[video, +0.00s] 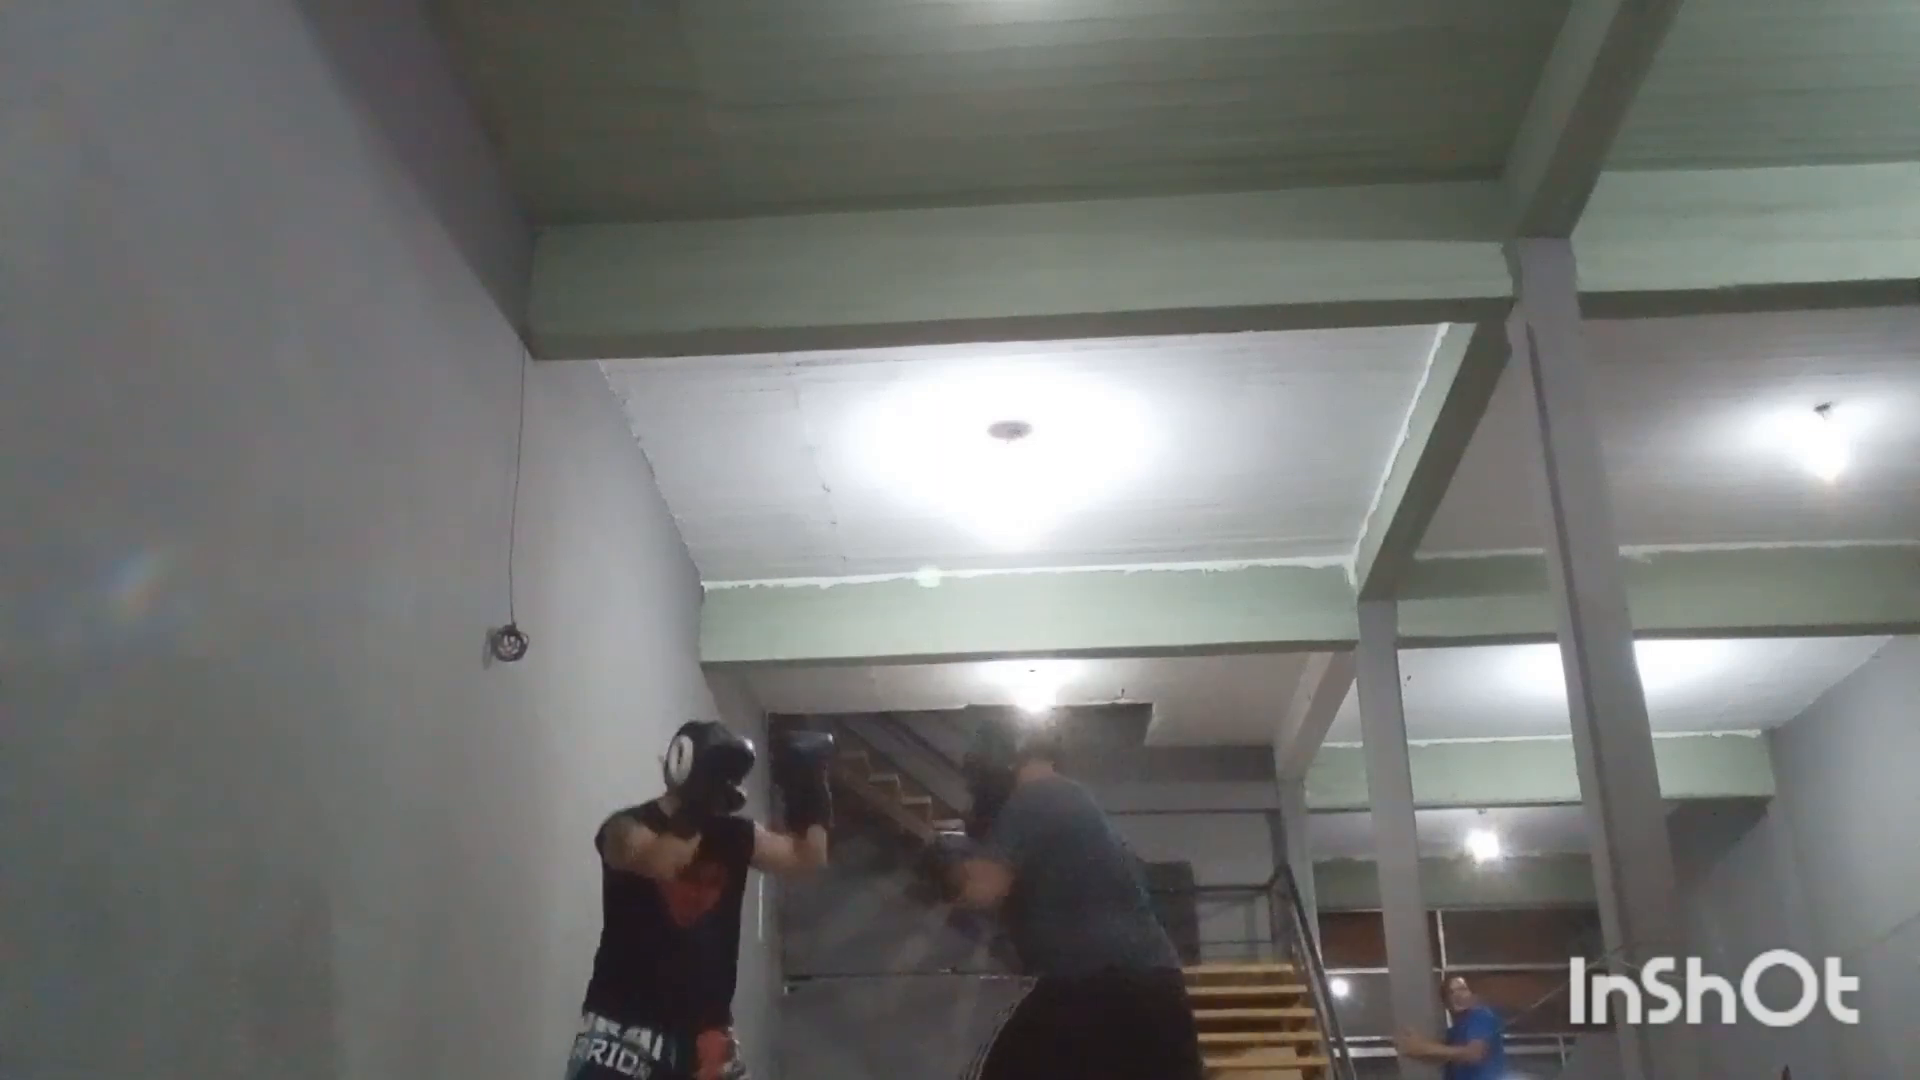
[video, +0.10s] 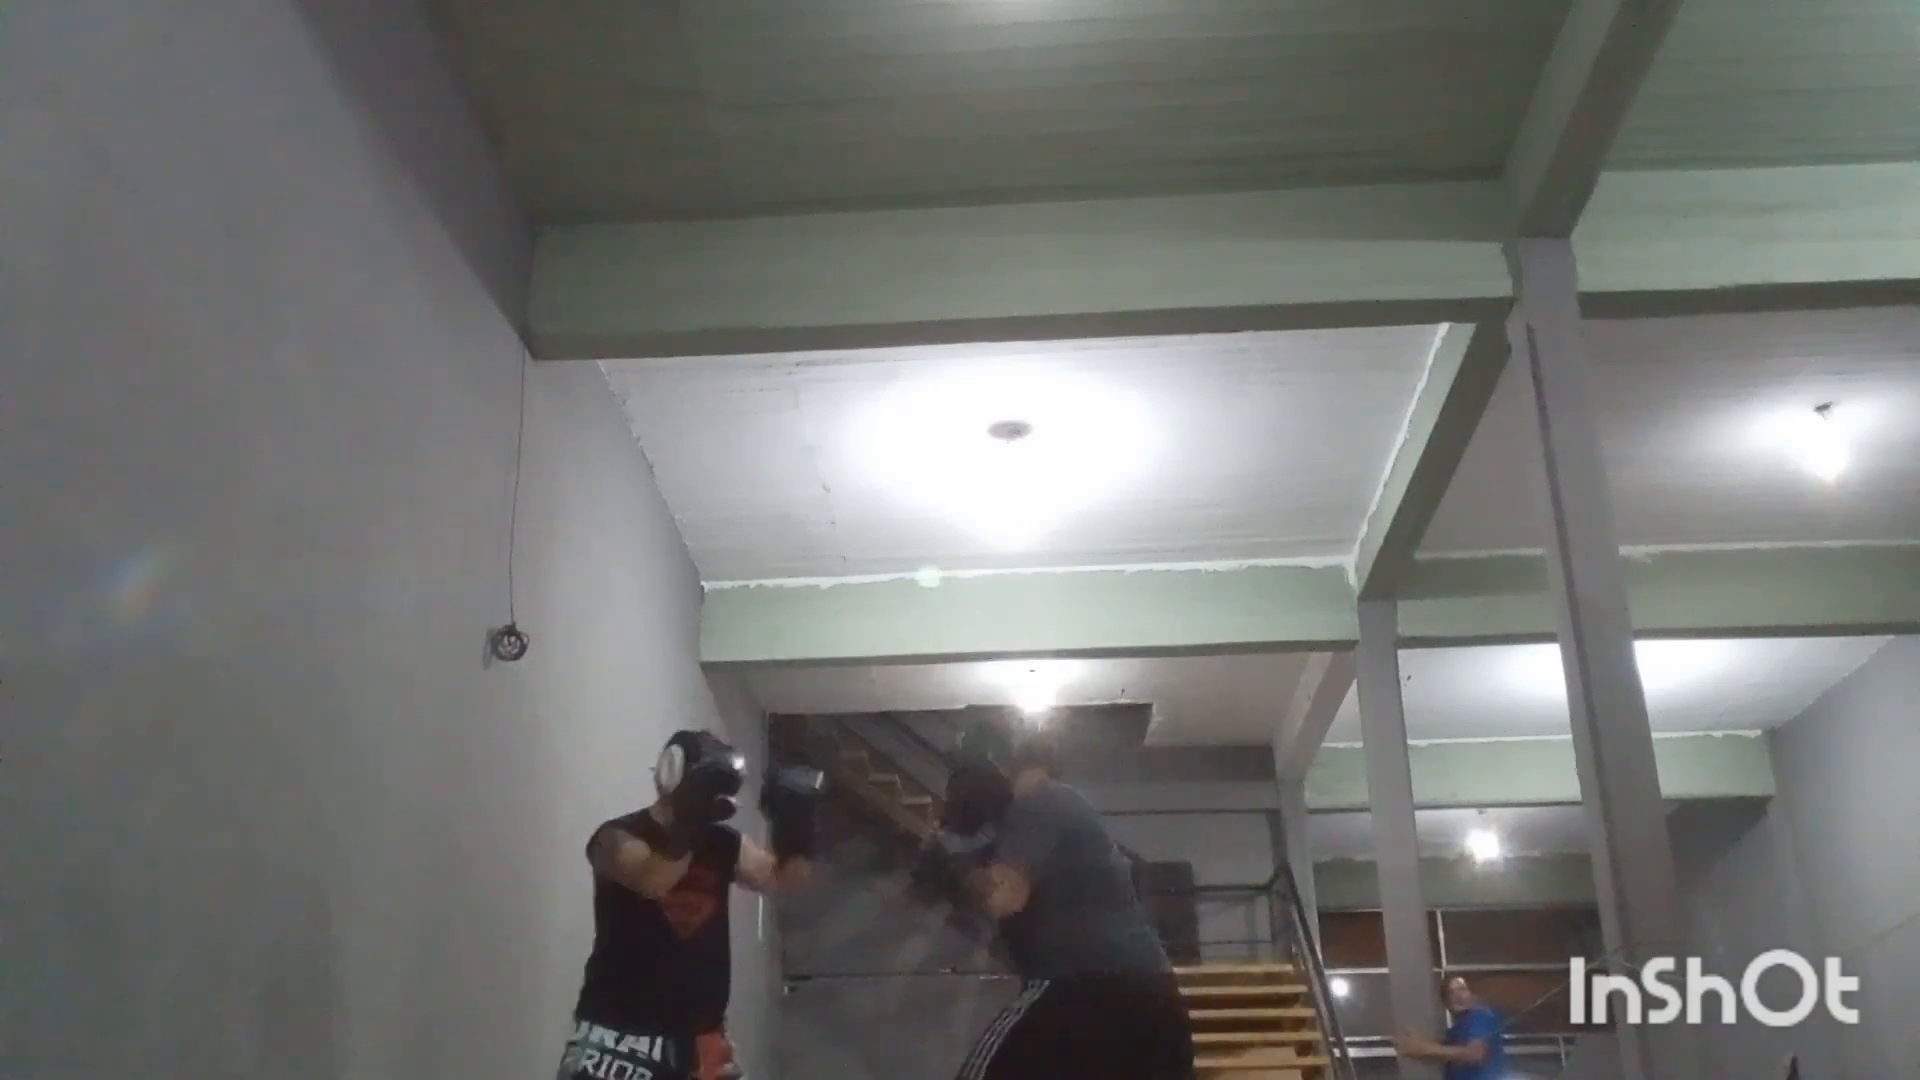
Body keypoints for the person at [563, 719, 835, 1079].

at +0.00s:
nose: (725, 786)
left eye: (728, 776)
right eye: (716, 774)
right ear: (690, 767)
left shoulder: (733, 835)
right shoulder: (623, 828)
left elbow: (808, 858)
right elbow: (660, 864)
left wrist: (810, 780)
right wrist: (698, 798)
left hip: (704, 1035)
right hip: (622, 1031)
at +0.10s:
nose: (714, 789)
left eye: (721, 777)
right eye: (705, 775)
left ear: (727, 784)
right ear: (672, 771)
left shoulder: (723, 843)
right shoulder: (614, 838)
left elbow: (787, 882)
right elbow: (653, 881)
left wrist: (794, 818)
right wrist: (691, 814)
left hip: (698, 1040)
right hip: (616, 1040)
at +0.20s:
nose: (697, 792)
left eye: (702, 780)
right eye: (687, 780)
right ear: (651, 780)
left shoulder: (698, 852)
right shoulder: (592, 842)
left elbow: (746, 916)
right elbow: (621, 889)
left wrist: (769, 872)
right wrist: (665, 819)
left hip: (679, 1044)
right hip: (599, 1042)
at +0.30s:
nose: (665, 808)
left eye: (673, 799)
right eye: (656, 796)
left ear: (676, 808)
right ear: (622, 790)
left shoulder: (667, 862)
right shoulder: (567, 854)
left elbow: (694, 934)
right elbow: (590, 893)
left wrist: (732, 905)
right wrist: (632, 832)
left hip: (655, 1054)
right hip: (577, 1053)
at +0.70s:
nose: (649, 810)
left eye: (660, 801)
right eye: (639, 798)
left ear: (666, 809)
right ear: (611, 798)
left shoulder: (664, 867)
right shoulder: (565, 861)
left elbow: (718, 921)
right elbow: (578, 906)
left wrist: (737, 860)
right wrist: (625, 838)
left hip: (651, 1045)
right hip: (578, 1040)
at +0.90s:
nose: (691, 802)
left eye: (698, 792)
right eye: (682, 790)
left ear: (703, 789)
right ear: (655, 782)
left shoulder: (698, 838)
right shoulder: (600, 831)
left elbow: (746, 899)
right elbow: (604, 888)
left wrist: (753, 847)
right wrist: (656, 830)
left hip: (679, 1010)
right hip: (611, 1014)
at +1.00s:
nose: (705, 816)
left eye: (714, 808)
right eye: (697, 805)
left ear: (721, 812)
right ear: (674, 800)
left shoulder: (714, 860)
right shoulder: (618, 849)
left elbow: (769, 906)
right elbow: (632, 892)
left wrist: (771, 841)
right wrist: (675, 834)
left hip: (691, 1022)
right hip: (622, 1022)